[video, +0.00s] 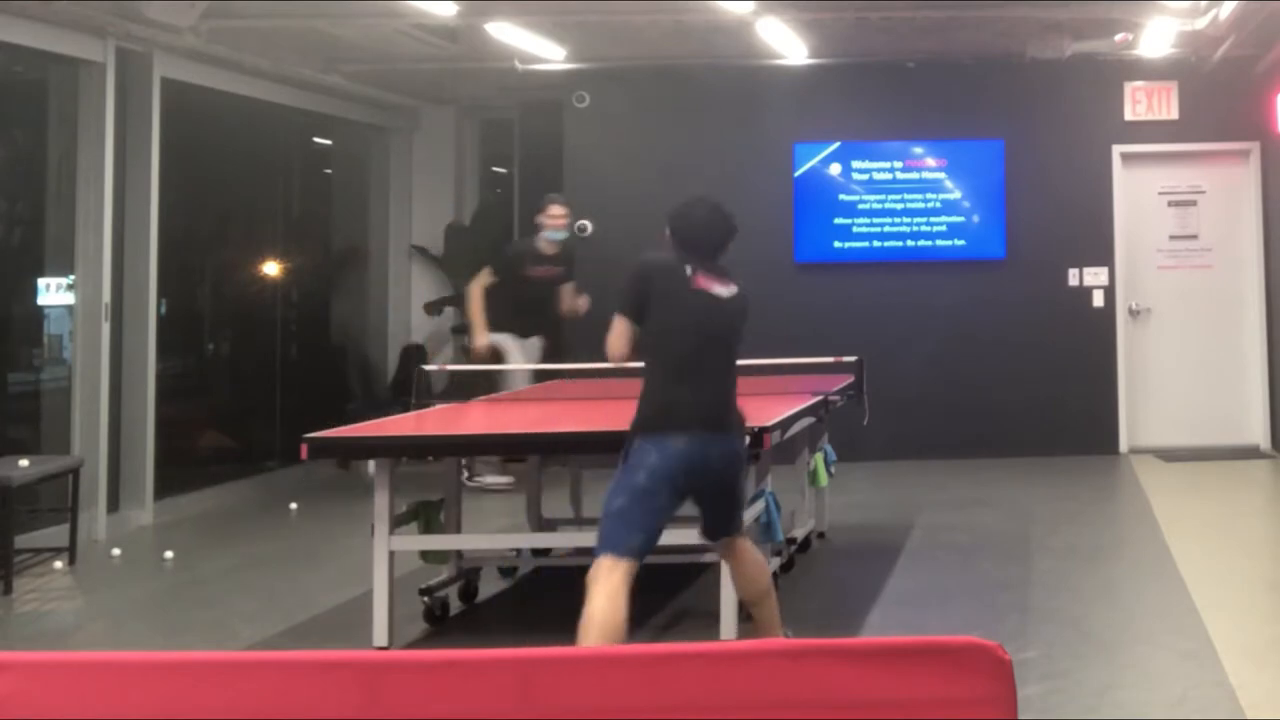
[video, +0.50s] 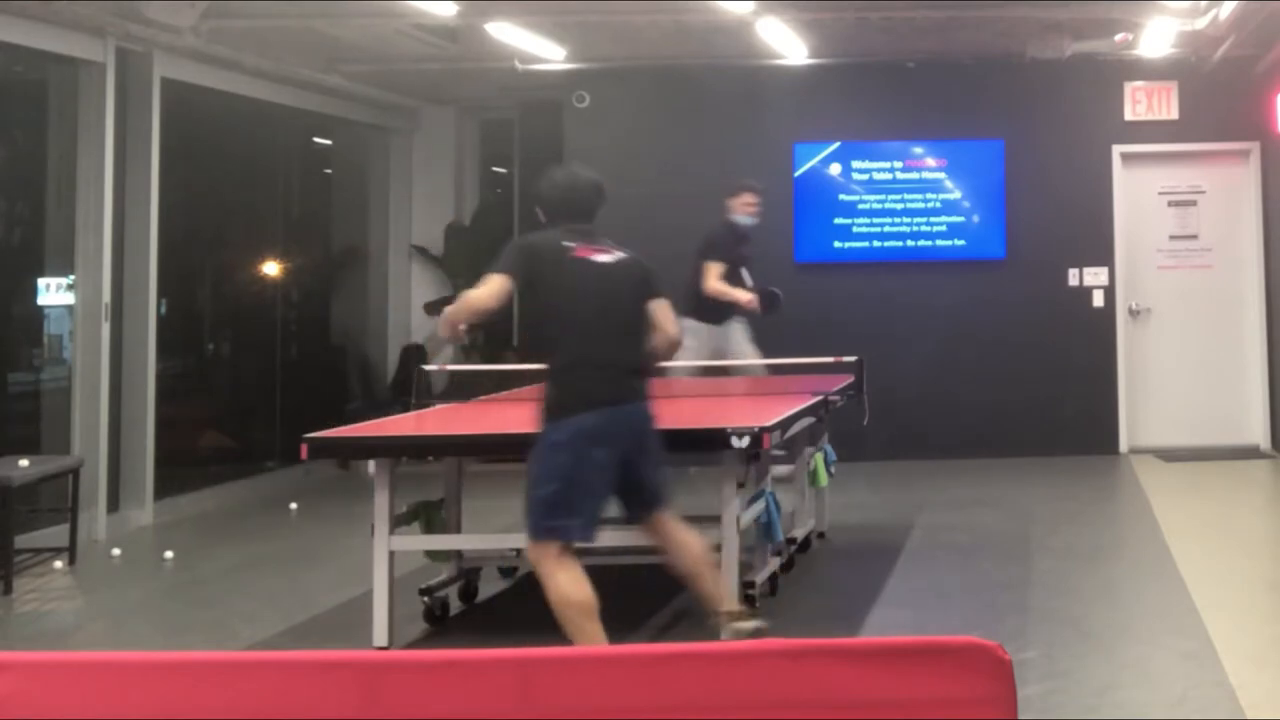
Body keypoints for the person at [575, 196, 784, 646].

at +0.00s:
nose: (663, 237)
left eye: (666, 232)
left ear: (671, 238)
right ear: (723, 245)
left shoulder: (651, 273)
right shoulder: (735, 296)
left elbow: (617, 349)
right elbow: (717, 355)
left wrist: (656, 333)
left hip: (662, 439)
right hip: (722, 439)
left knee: (613, 567)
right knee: (734, 539)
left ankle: (588, 690)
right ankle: (777, 648)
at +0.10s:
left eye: (661, 222)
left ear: (663, 227)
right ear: (711, 233)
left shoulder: (646, 257)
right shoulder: (731, 284)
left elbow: (599, 318)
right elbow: (739, 360)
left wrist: (640, 319)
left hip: (668, 415)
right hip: (729, 414)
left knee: (618, 541)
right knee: (745, 532)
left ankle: (608, 671)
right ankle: (786, 641)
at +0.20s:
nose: (623, 231)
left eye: (629, 224)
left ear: (639, 230)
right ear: (682, 233)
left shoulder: (638, 258)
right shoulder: (715, 276)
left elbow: (615, 287)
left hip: (670, 409)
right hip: (730, 408)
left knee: (603, 529)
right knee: (748, 526)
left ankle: (618, 659)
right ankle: (787, 640)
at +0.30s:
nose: (592, 246)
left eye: (593, 239)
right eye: (592, 241)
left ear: (604, 236)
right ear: (646, 235)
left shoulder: (619, 261)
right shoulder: (682, 274)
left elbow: (605, 289)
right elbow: (711, 344)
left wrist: (527, 309)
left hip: (662, 414)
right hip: (718, 407)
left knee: (588, 528)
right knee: (740, 529)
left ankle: (608, 660)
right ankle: (788, 637)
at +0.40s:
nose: (560, 230)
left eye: (562, 224)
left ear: (568, 225)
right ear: (616, 223)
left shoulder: (577, 258)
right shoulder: (648, 270)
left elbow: (553, 296)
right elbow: (696, 345)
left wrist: (488, 309)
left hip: (628, 423)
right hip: (681, 415)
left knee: (572, 544)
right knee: (720, 528)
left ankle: (607, 665)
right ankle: (781, 621)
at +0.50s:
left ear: (544, 208)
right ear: (596, 209)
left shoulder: (531, 248)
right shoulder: (627, 261)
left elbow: (484, 299)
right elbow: (668, 333)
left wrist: (454, 317)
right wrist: (636, 363)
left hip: (575, 420)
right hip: (630, 413)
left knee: (549, 547)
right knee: (658, 517)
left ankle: (600, 663)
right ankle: (732, 613)